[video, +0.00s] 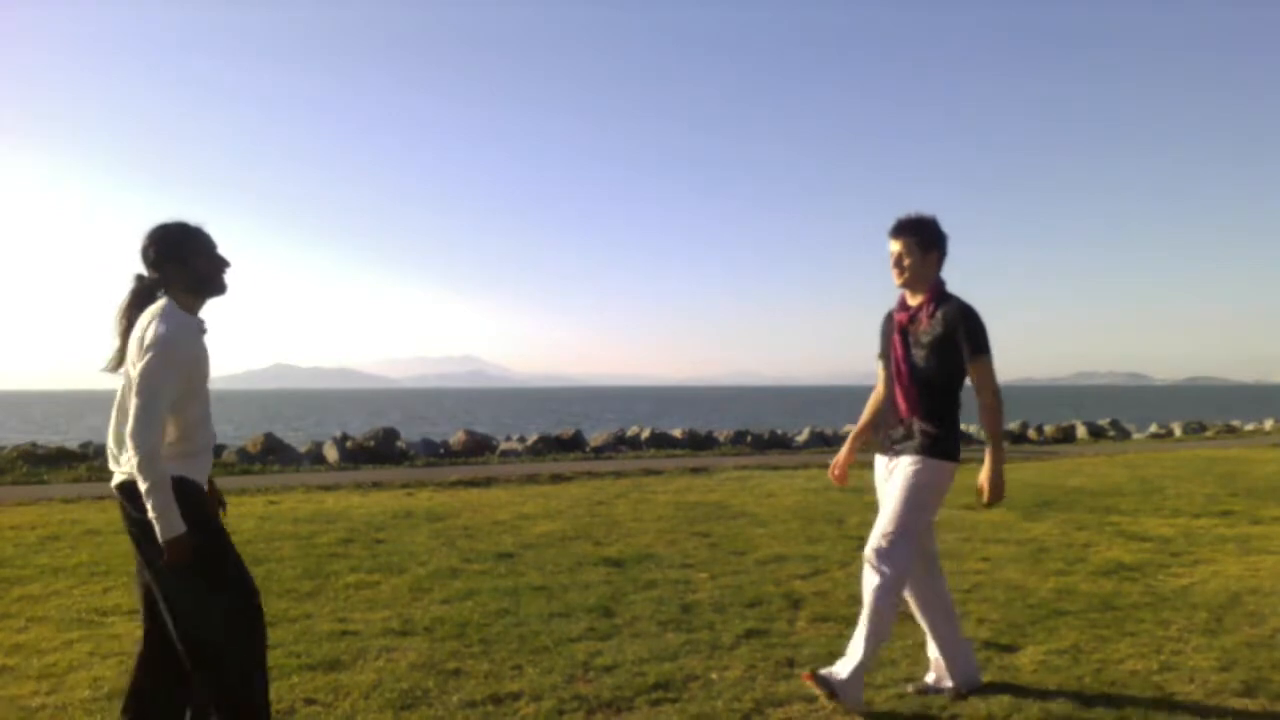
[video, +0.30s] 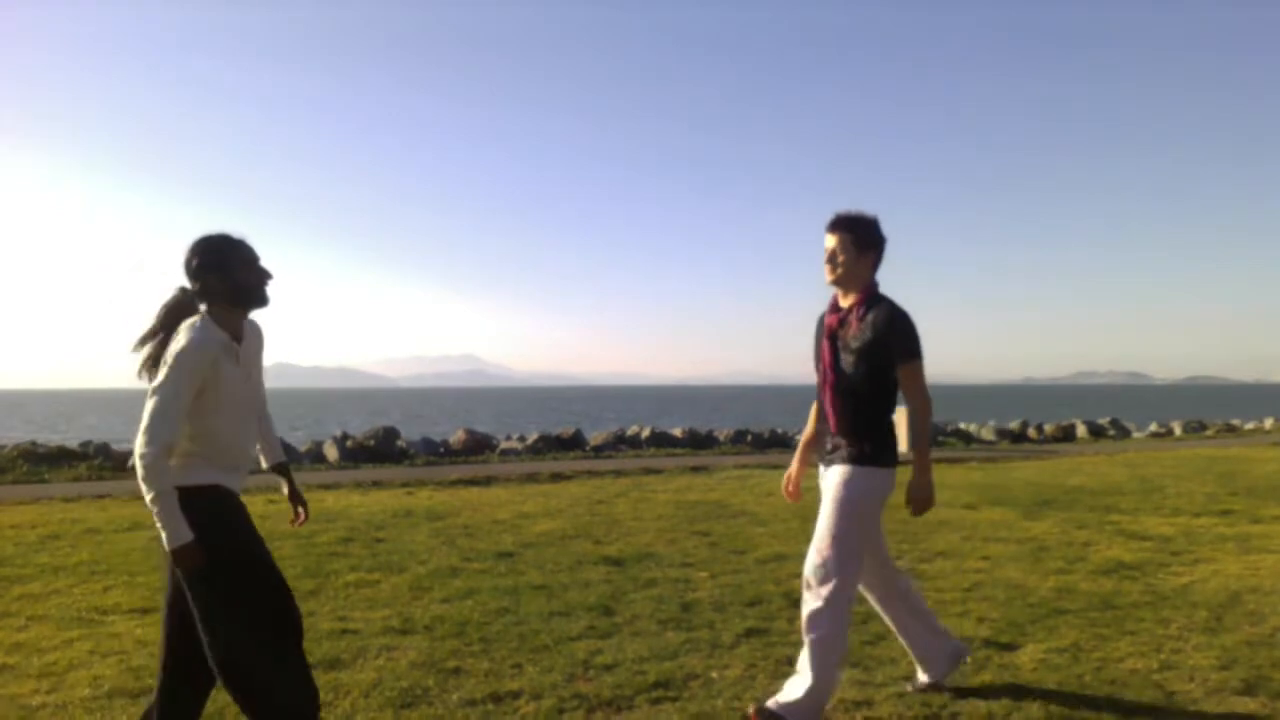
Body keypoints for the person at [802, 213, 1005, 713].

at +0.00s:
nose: (896, 265)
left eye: (905, 257)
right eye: (892, 258)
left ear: (934, 257)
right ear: (891, 261)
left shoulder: (958, 316)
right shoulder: (893, 320)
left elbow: (987, 391)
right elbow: (884, 389)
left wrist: (994, 460)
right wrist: (853, 440)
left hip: (929, 455)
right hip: (890, 453)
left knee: (883, 554)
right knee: (917, 565)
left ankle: (849, 677)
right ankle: (954, 669)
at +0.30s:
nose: (828, 262)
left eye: (839, 255)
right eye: (826, 254)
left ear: (869, 258)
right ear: (827, 259)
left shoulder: (889, 319)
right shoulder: (829, 320)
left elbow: (918, 399)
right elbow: (826, 397)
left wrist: (921, 473)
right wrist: (801, 456)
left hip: (864, 465)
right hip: (834, 462)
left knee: (824, 576)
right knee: (873, 570)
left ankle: (806, 698)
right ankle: (940, 654)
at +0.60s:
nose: (766, 255)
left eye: (775, 246)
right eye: (763, 247)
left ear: (807, 246)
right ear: (771, 251)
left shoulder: (827, 304)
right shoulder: (785, 305)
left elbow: (835, 389)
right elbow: (792, 382)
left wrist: (803, 458)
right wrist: (779, 446)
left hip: (812, 462)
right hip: (776, 456)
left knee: (796, 582)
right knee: (758, 565)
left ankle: (800, 699)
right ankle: (790, 664)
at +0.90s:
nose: (733, 256)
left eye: (742, 247)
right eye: (730, 248)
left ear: (775, 246)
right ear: (737, 251)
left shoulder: (793, 304)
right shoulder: (753, 305)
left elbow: (780, 381)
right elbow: (755, 385)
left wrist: (720, 439)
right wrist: (733, 442)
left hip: (781, 468)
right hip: (736, 461)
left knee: (779, 591)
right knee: (684, 574)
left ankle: (798, 702)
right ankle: (635, 691)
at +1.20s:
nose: (682, 255)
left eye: (691, 245)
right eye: (680, 247)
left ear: (725, 248)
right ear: (686, 252)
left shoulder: (751, 308)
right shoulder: (698, 314)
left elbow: (754, 397)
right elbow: (702, 402)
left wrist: (730, 475)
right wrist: (655, 409)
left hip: (746, 478)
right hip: (693, 477)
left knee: (761, 599)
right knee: (673, 603)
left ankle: (786, 704)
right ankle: (659, 710)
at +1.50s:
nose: (617, 234)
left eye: (626, 223)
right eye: (614, 225)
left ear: (661, 223)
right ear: (623, 231)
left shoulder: (700, 285)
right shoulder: (631, 301)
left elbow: (740, 369)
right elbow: (585, 360)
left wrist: (756, 453)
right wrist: (578, 299)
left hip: (708, 466)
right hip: (645, 470)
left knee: (734, 588)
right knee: (636, 600)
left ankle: (759, 701)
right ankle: (645, 713)